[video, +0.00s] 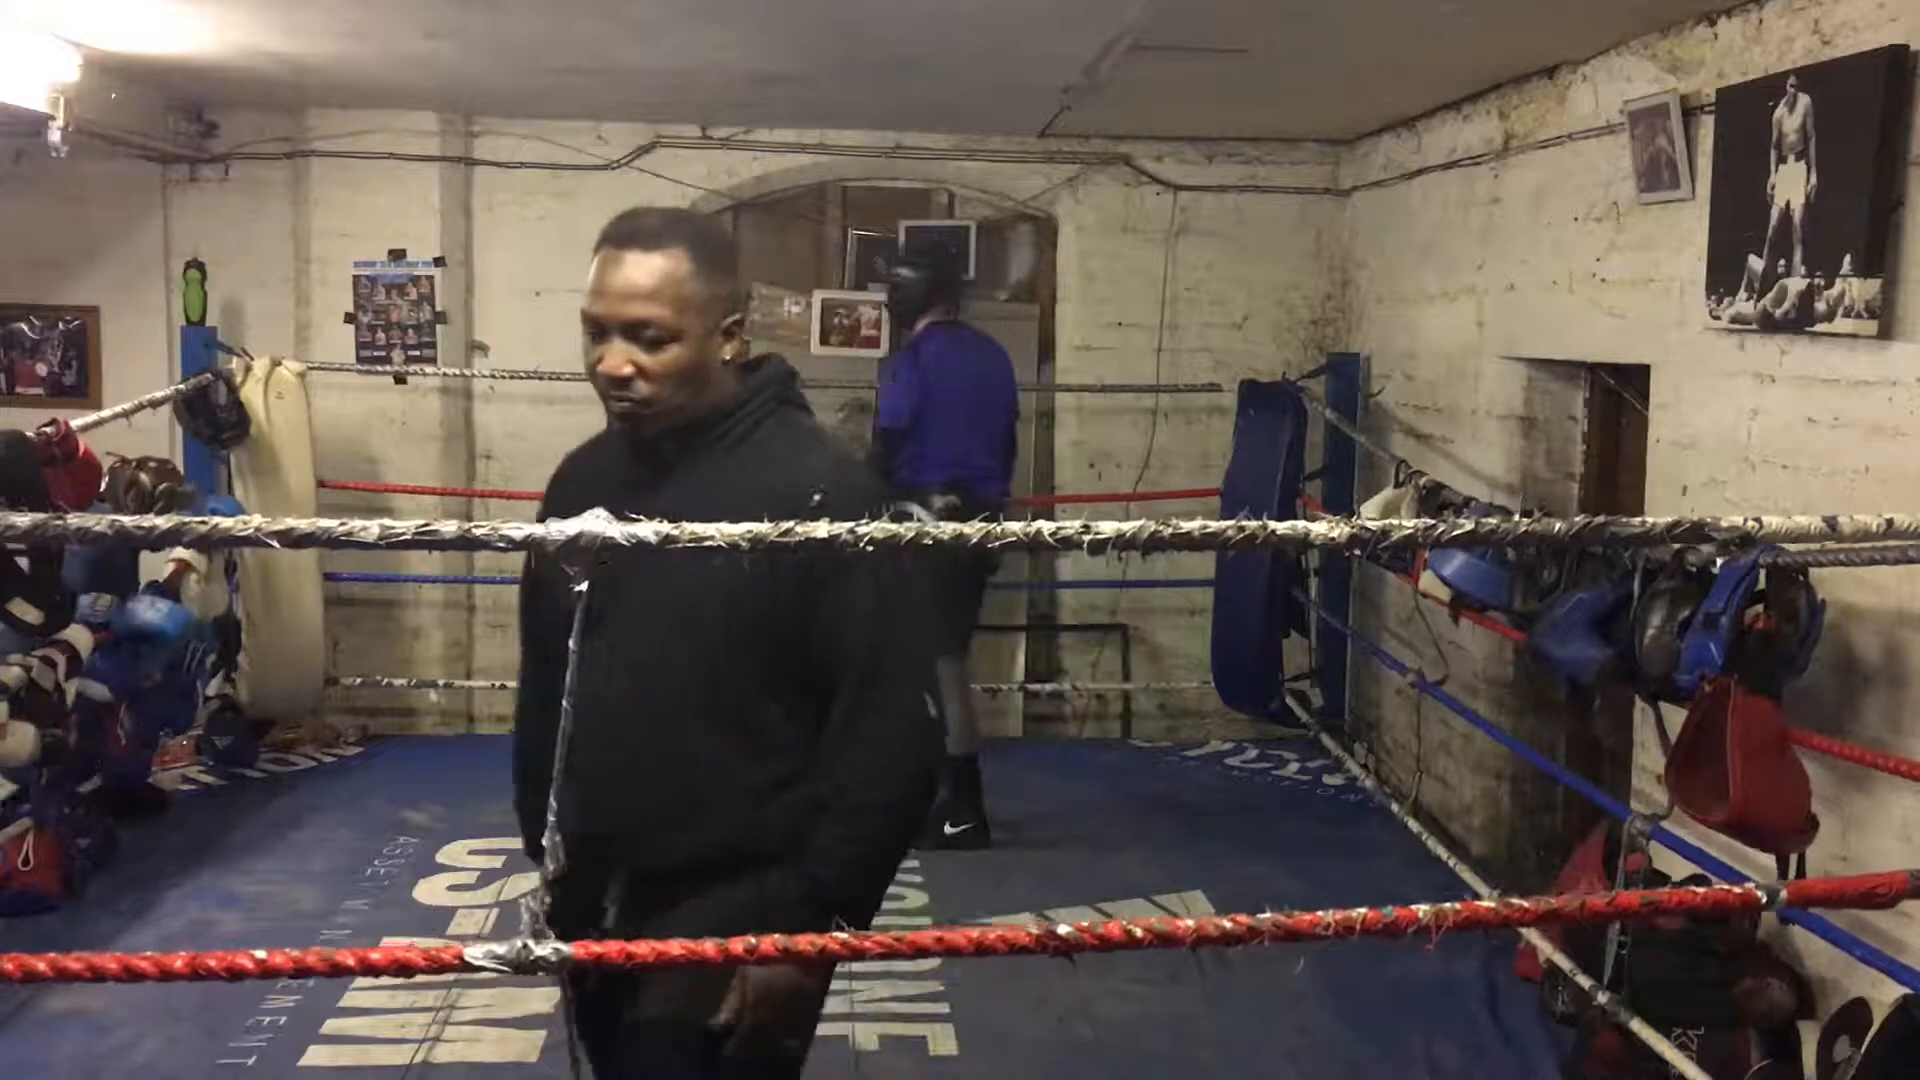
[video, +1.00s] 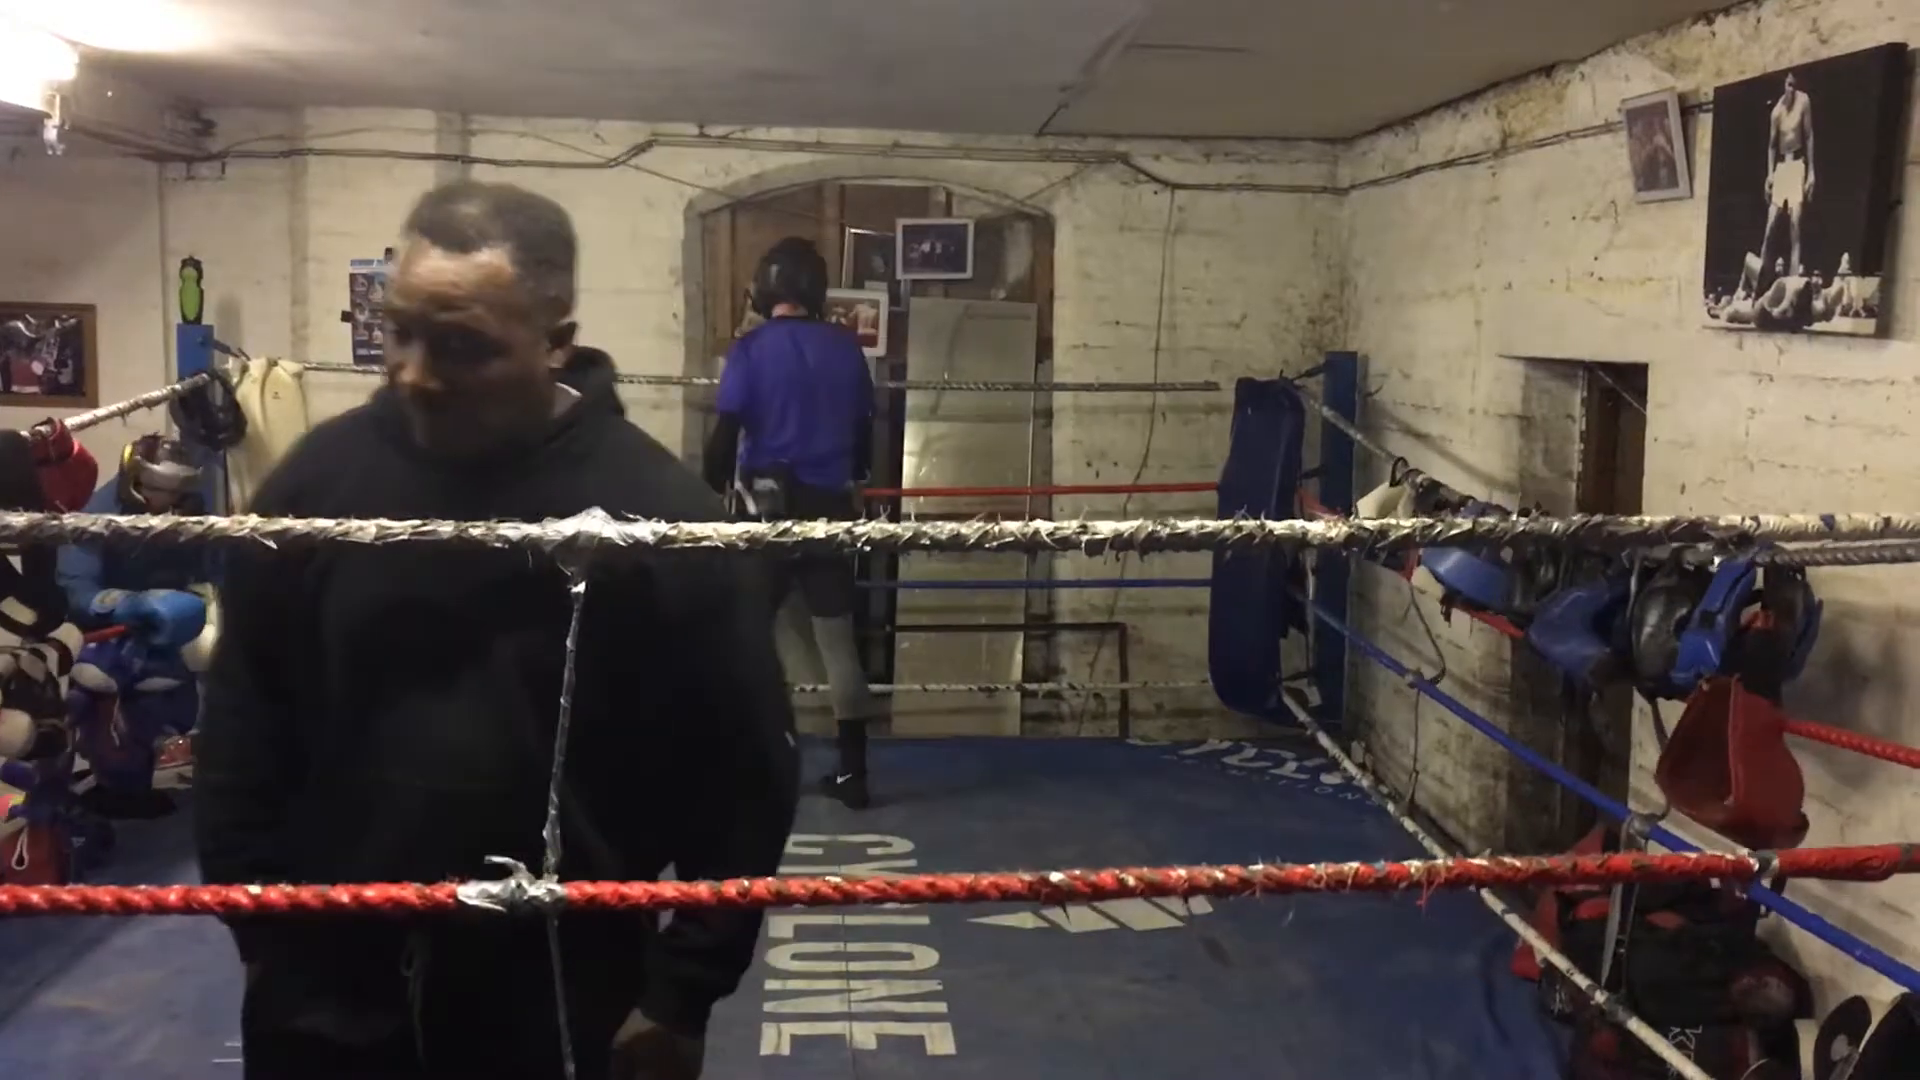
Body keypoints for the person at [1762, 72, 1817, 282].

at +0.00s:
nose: (1791, 90)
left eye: (1795, 87)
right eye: (1789, 86)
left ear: (1800, 89)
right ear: (1785, 87)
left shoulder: (1805, 103)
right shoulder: (1778, 112)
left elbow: (1811, 137)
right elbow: (1774, 145)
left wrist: (1813, 174)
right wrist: (1772, 174)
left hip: (1800, 160)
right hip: (1782, 162)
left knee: (1797, 219)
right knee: (1774, 222)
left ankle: (1798, 267)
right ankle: (1765, 269)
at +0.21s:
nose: (1792, 91)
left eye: (1795, 87)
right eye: (1790, 86)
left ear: (1799, 88)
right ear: (1785, 87)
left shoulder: (1805, 102)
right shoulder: (1778, 113)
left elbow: (1811, 137)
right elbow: (1774, 145)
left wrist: (1813, 173)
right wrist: (1772, 174)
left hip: (1800, 162)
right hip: (1782, 163)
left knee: (1797, 219)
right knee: (1774, 221)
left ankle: (1796, 270)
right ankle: (1764, 272)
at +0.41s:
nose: (1791, 90)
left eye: (1795, 87)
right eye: (1790, 86)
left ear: (1800, 88)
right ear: (1786, 87)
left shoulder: (1805, 102)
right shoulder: (1779, 112)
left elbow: (1812, 136)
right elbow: (1774, 145)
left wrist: (1813, 173)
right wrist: (1772, 174)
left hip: (1800, 160)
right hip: (1782, 162)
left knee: (1797, 219)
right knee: (1774, 221)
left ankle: (1797, 269)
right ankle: (1765, 270)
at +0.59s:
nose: (1791, 90)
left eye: (1795, 87)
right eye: (1789, 86)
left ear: (1799, 88)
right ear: (1785, 87)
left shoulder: (1805, 102)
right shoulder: (1778, 112)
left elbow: (1811, 136)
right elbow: (1773, 145)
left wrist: (1813, 172)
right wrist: (1772, 174)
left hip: (1799, 160)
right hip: (1782, 162)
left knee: (1797, 218)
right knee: (1774, 220)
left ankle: (1797, 267)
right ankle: (1764, 269)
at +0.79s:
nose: (1790, 90)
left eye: (1793, 86)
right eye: (1788, 86)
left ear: (1797, 87)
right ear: (1784, 87)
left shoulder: (1803, 101)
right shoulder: (1777, 112)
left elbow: (1810, 135)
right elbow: (1772, 145)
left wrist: (1812, 173)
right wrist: (1770, 174)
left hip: (1798, 160)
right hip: (1781, 162)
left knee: (1795, 219)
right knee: (1772, 220)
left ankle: (1795, 269)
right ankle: (1763, 270)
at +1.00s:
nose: (1789, 90)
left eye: (1793, 86)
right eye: (1788, 86)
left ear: (1797, 87)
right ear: (1784, 86)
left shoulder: (1803, 101)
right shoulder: (1776, 111)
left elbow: (1809, 135)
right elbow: (1771, 144)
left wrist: (1811, 171)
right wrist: (1770, 173)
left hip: (1798, 159)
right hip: (1780, 161)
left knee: (1795, 216)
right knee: (1772, 215)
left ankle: (1795, 263)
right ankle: (1763, 262)